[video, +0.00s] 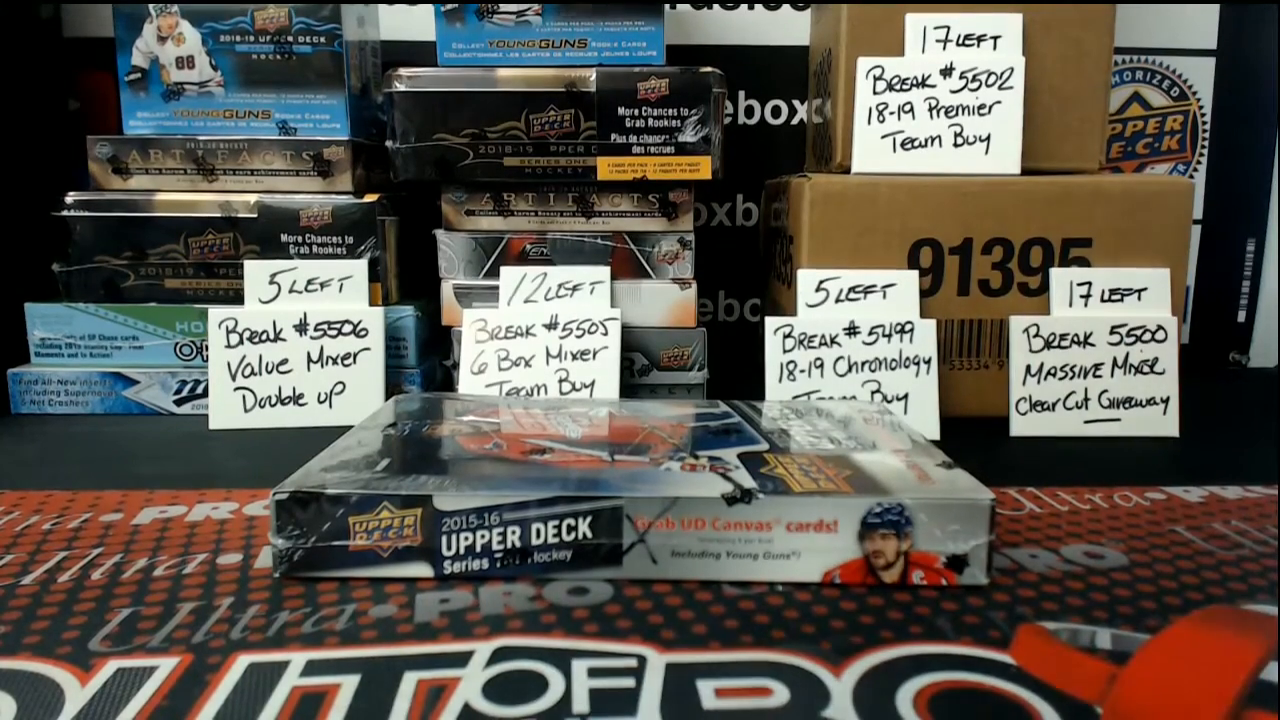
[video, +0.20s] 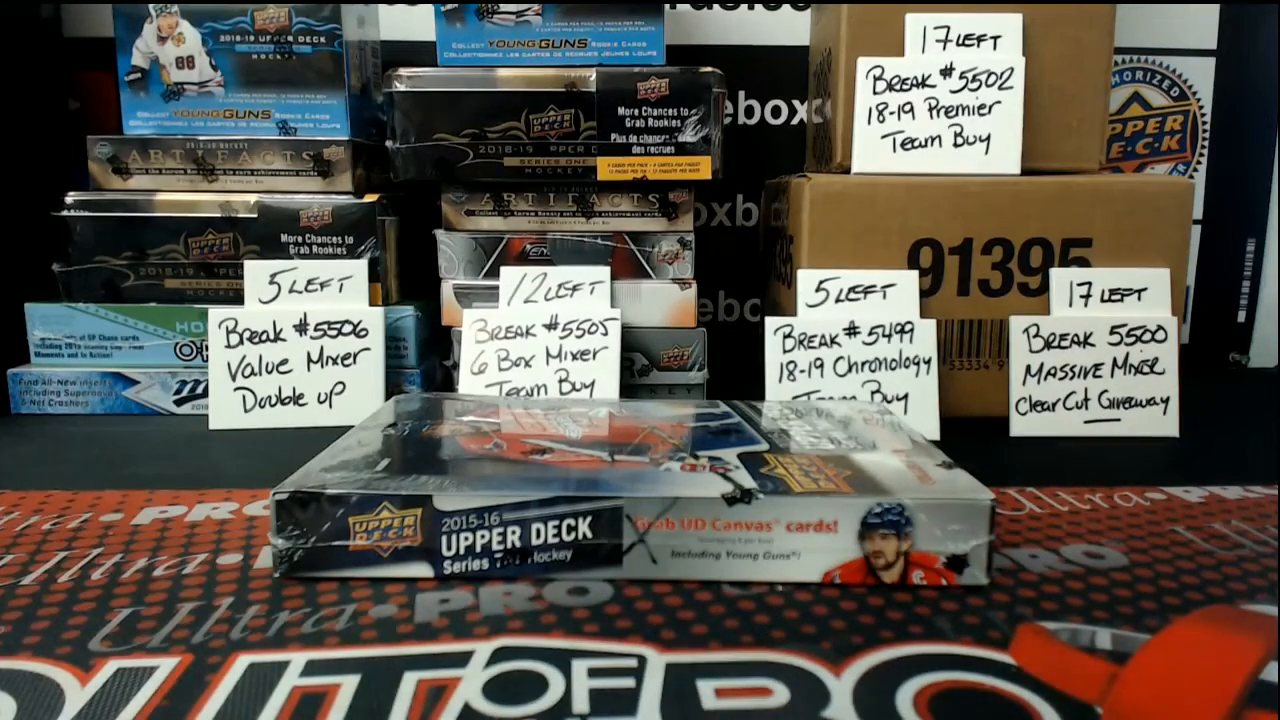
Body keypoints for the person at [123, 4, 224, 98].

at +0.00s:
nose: (170, 22)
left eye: (173, 17)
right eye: (164, 18)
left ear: (178, 17)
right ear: (156, 20)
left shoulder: (186, 36)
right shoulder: (150, 29)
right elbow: (142, 50)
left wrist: (178, 88)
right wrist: (137, 72)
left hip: (209, 84)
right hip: (181, 84)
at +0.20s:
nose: (170, 22)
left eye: (173, 17)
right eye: (164, 17)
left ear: (178, 17)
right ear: (156, 20)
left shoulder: (186, 34)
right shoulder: (150, 29)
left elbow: (188, 65)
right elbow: (142, 50)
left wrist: (180, 87)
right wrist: (137, 73)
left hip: (208, 83)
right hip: (181, 84)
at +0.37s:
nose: (170, 22)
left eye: (173, 17)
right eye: (164, 17)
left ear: (178, 17)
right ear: (156, 20)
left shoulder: (186, 34)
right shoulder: (150, 28)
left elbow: (188, 65)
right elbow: (142, 50)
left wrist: (180, 87)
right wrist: (137, 72)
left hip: (208, 83)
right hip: (181, 83)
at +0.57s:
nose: (170, 22)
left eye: (173, 17)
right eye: (164, 18)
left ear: (178, 17)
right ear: (156, 20)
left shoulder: (186, 35)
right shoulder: (150, 28)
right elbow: (141, 50)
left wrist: (179, 88)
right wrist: (137, 74)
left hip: (209, 84)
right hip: (182, 85)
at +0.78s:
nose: (170, 22)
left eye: (173, 17)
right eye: (164, 18)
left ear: (178, 17)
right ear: (156, 20)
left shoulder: (186, 35)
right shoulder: (150, 28)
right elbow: (141, 50)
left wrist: (179, 89)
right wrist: (137, 74)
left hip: (209, 84)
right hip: (181, 85)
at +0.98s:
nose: (170, 22)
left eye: (173, 17)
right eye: (164, 18)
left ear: (178, 17)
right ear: (156, 20)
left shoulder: (186, 35)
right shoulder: (150, 28)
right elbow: (141, 50)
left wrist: (179, 89)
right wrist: (137, 74)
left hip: (209, 84)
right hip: (181, 85)